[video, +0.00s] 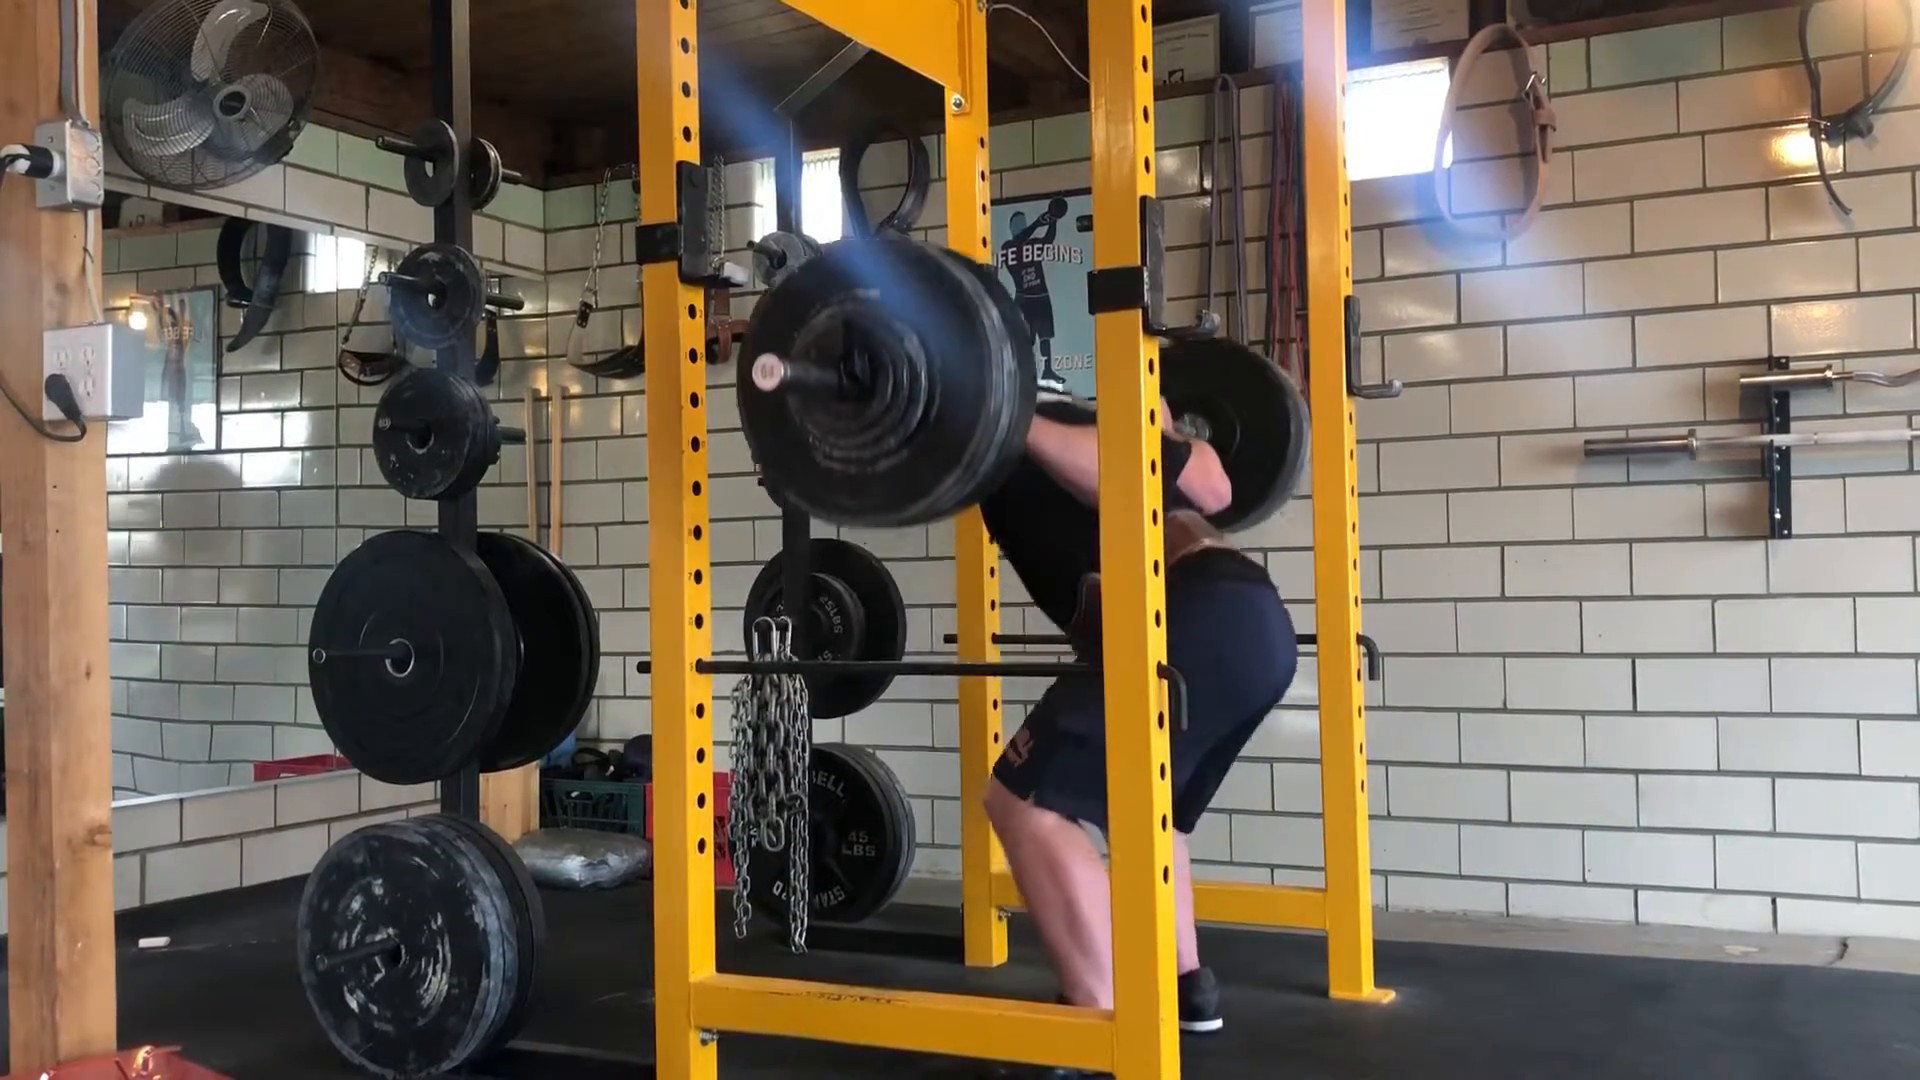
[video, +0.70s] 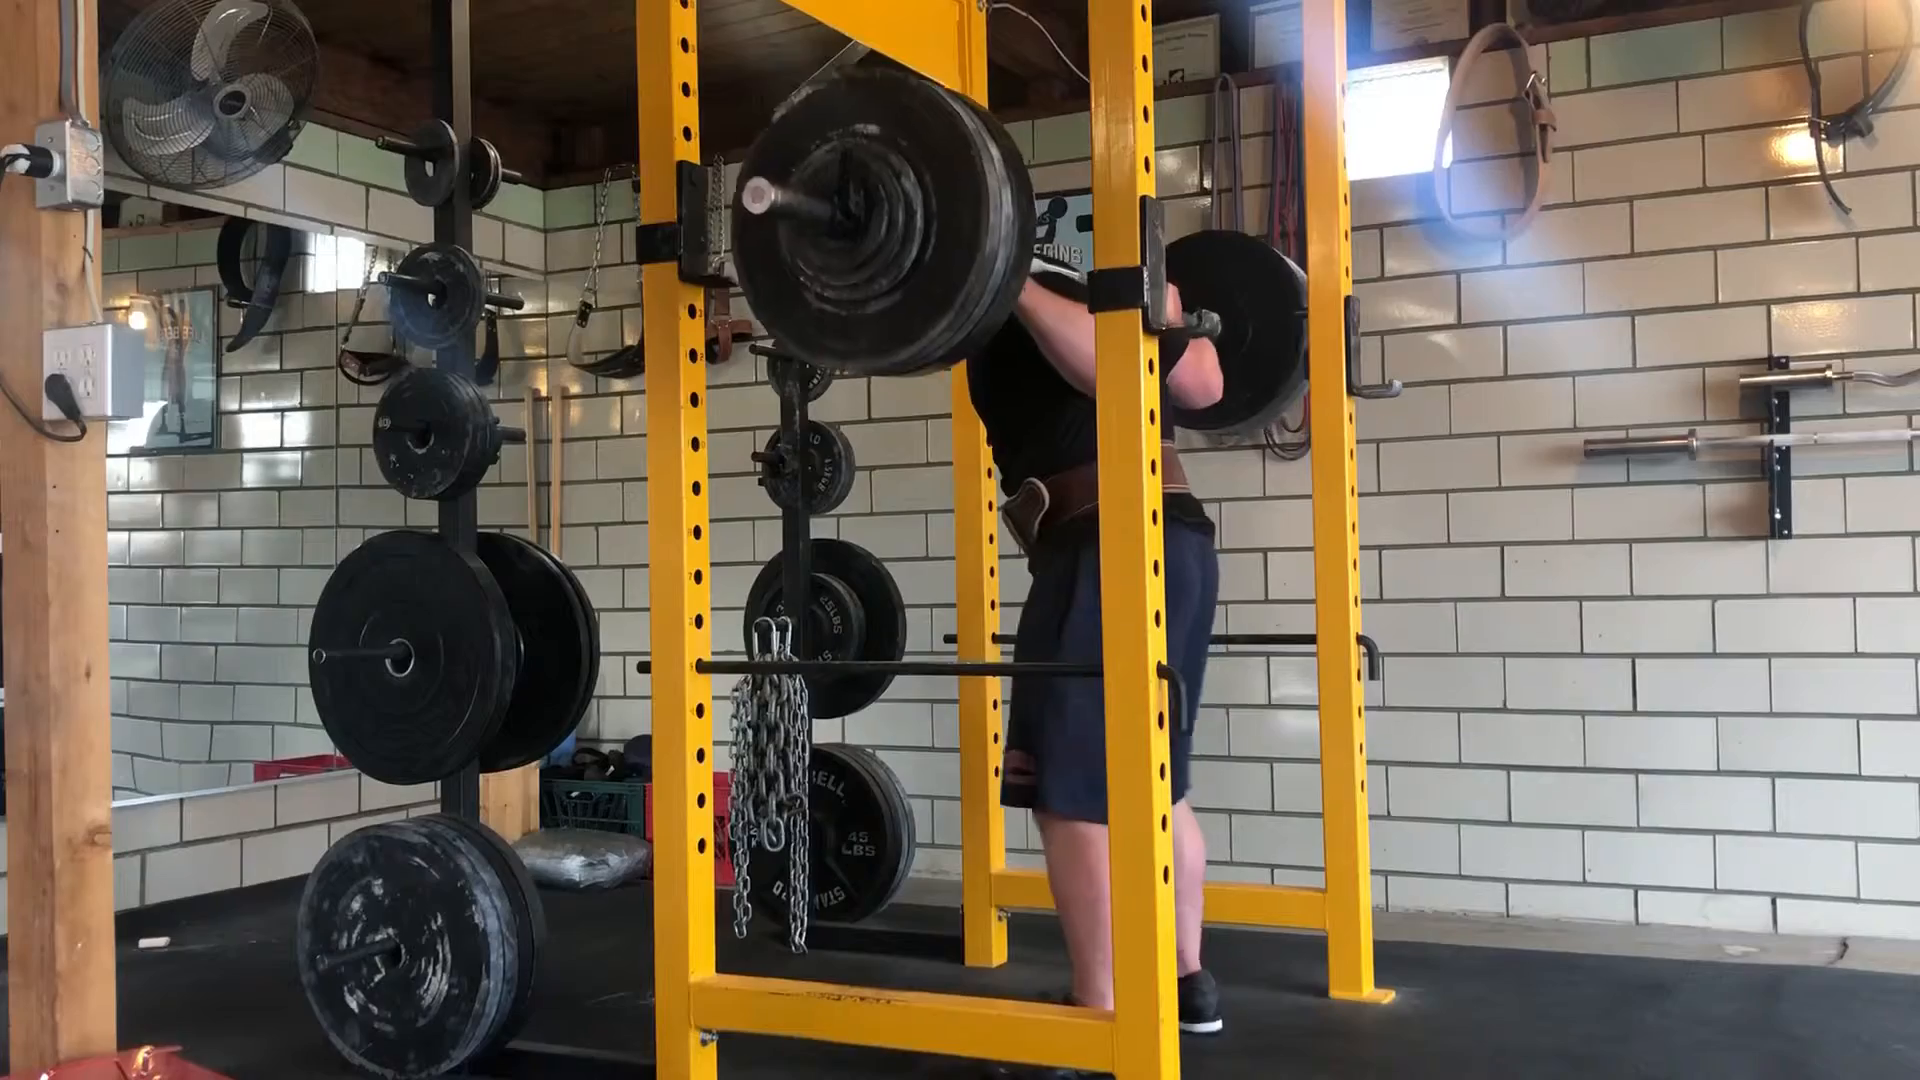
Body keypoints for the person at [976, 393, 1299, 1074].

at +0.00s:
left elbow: (1212, 488)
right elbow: (1214, 486)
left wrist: (1016, 423)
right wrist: (1170, 432)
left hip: (1204, 615)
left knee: (1022, 797)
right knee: (1151, 809)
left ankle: (1101, 1023)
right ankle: (1182, 980)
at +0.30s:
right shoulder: (1124, 323)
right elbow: (1214, 397)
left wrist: (1016, 311)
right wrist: (1189, 334)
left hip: (1153, 542)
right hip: (1224, 542)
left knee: (1069, 773)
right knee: (1173, 783)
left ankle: (1098, 1001)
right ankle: (1187, 980)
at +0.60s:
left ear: (980, 217)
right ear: (1036, 216)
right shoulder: (1122, 283)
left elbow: (1098, 370)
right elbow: (1205, 383)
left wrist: (1019, 281)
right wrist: (1175, 319)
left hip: (1108, 542)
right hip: (1185, 539)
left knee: (1075, 785)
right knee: (1171, 776)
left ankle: (1098, 1005)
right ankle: (1189, 985)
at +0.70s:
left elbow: (1196, 386)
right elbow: (1205, 383)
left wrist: (1014, 283)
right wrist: (1171, 321)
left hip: (1119, 537)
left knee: (1070, 784)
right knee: (1155, 779)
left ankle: (1098, 1013)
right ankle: (1186, 985)